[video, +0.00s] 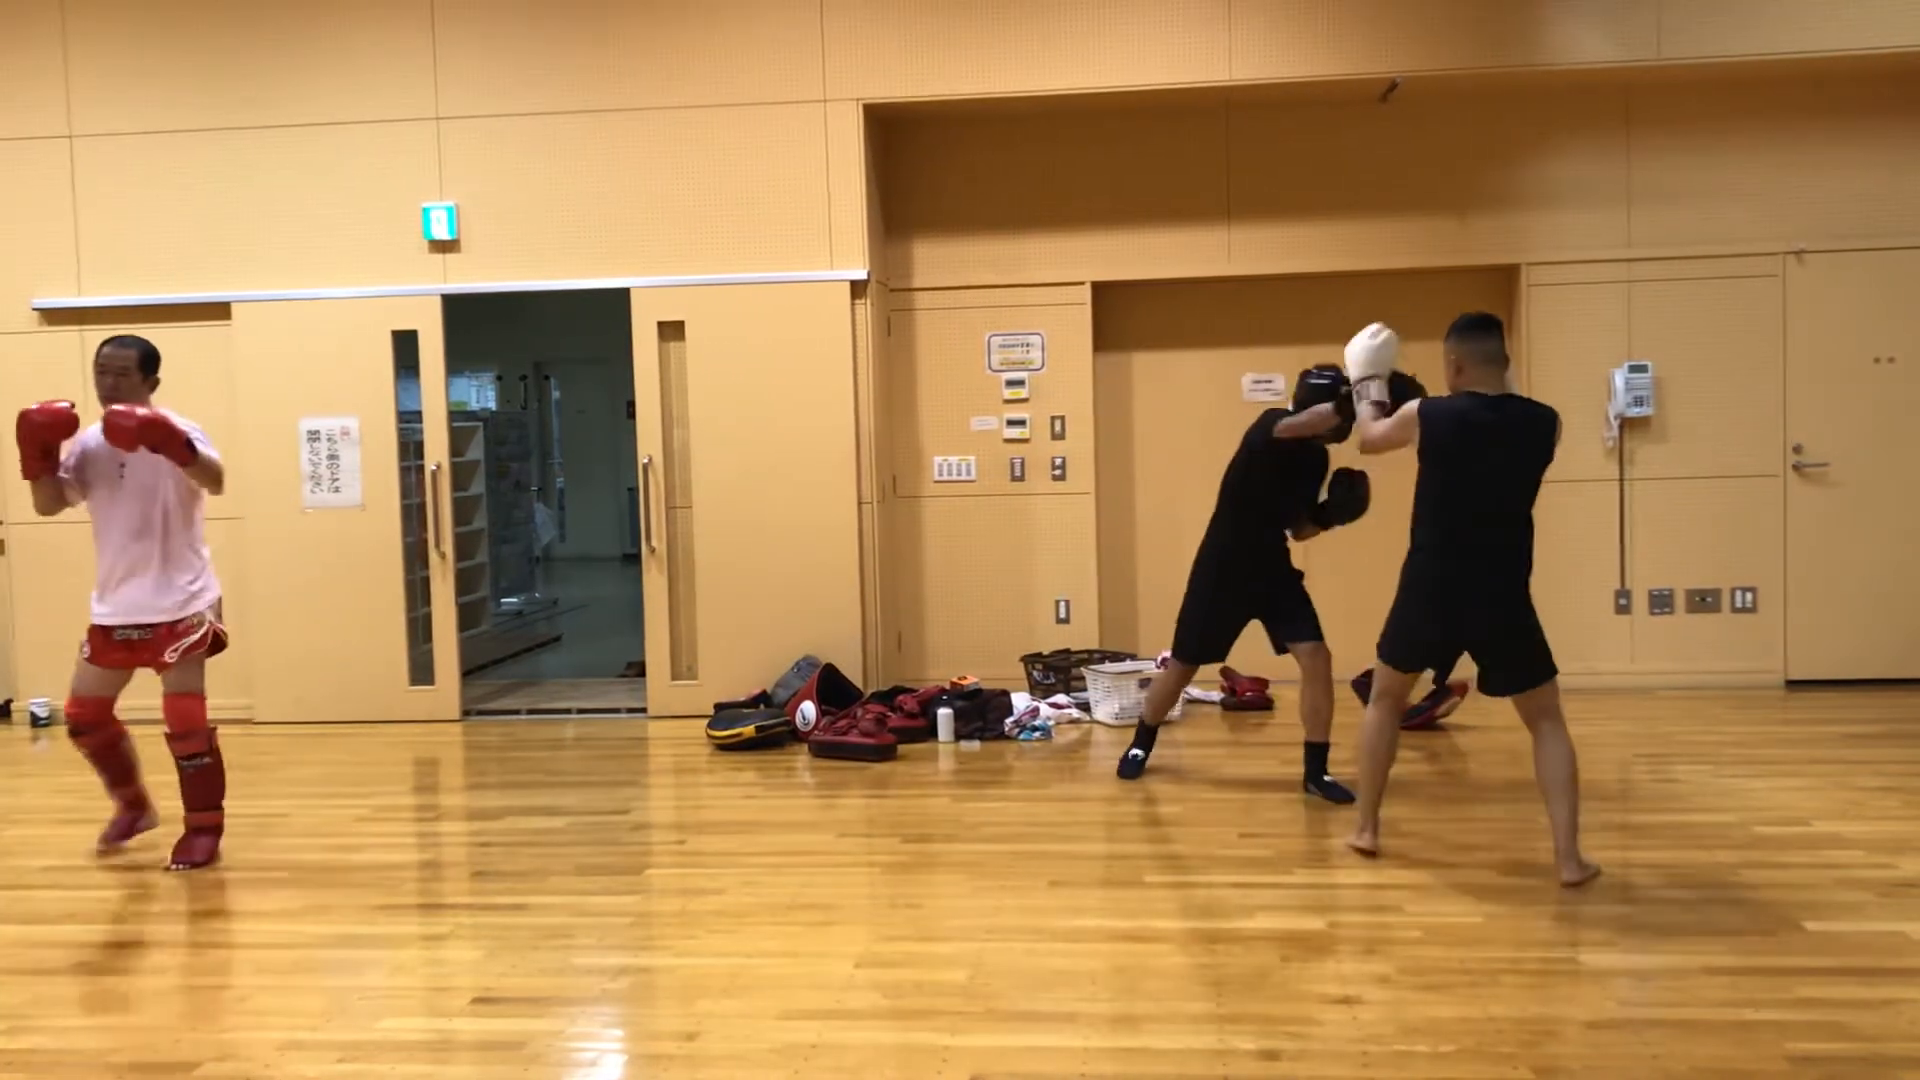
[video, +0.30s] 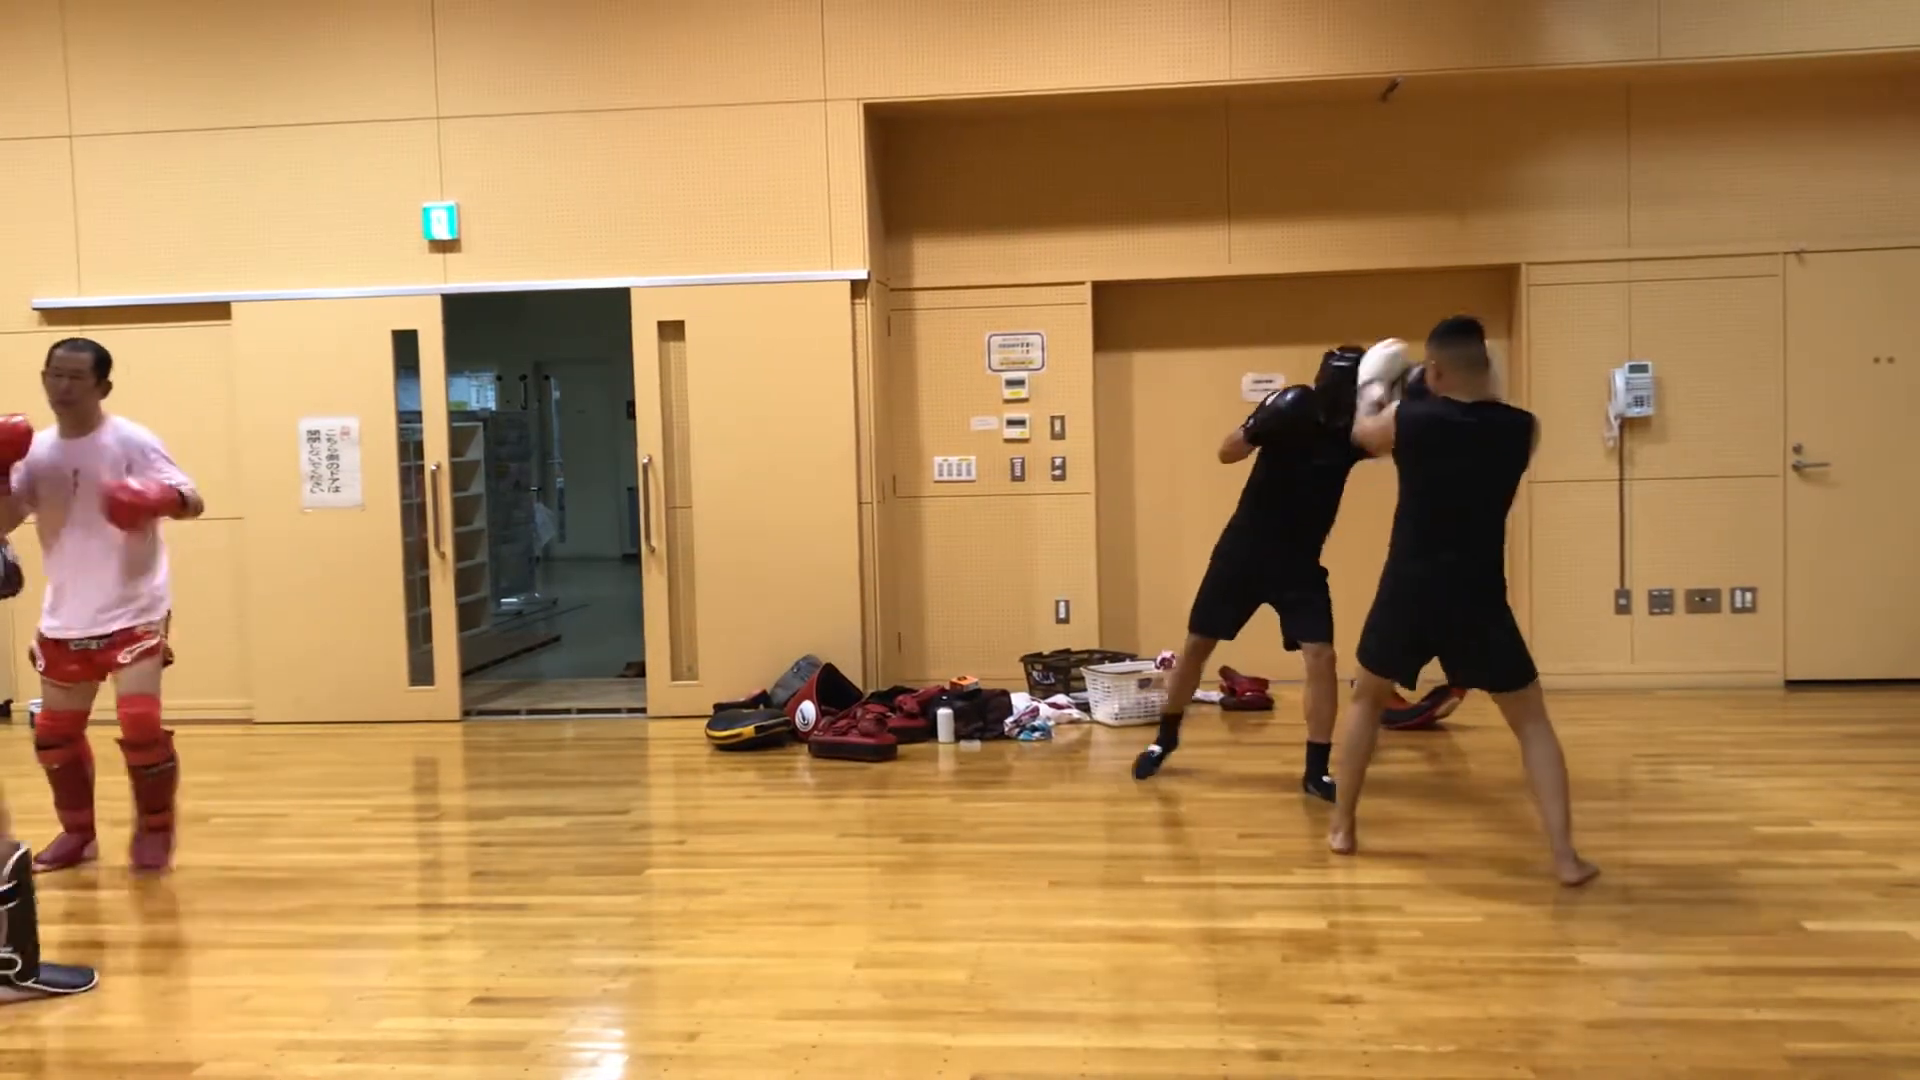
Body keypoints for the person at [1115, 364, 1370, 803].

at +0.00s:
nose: (1335, 419)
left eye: (1338, 412)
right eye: (1332, 410)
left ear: (1334, 417)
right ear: (1317, 405)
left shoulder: (1315, 458)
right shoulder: (1273, 423)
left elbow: (1301, 529)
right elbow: (1292, 428)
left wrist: (1336, 510)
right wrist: (1355, 401)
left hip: (1271, 565)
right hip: (1223, 562)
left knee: (1315, 657)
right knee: (1182, 665)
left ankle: (1316, 773)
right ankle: (1141, 745)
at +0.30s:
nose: (1339, 393)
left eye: (1349, 386)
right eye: (1334, 382)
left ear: (1362, 391)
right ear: (1321, 379)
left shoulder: (1356, 431)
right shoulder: (1289, 411)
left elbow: (1397, 444)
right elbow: (1228, 452)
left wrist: (1400, 399)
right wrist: (1265, 421)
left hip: (1299, 561)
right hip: (1243, 553)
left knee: (1322, 658)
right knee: (1197, 647)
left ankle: (1316, 773)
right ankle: (1165, 741)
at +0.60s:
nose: (1311, 390)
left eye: (1319, 380)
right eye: (1301, 380)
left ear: (1331, 378)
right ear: (1282, 378)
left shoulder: (1346, 424)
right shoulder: (1262, 418)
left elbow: (1366, 499)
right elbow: (1249, 485)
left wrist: (1344, 458)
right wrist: (1285, 450)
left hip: (1328, 551)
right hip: (1277, 551)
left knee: (1341, 654)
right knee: (1256, 656)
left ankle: (1327, 768)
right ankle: (1270, 745)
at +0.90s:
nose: (1333, 385)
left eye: (1340, 376)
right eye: (1323, 375)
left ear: (1348, 375)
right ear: (1301, 374)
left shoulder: (1359, 417)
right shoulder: (1280, 417)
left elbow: (1392, 480)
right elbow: (1262, 485)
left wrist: (1391, 422)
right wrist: (1279, 439)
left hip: (1349, 551)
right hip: (1295, 552)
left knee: (1380, 650)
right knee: (1263, 652)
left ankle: (1413, 761)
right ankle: (1270, 746)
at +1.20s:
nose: (1375, 406)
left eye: (1383, 398)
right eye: (1366, 397)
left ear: (1392, 398)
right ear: (1344, 393)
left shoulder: (1391, 431)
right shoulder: (1310, 429)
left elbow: (1436, 465)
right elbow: (1282, 497)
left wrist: (1425, 415)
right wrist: (1317, 476)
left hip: (1368, 562)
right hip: (1311, 563)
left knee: (1403, 647)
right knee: (1274, 664)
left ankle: (1411, 759)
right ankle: (1287, 724)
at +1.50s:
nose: (1339, 408)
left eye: (1345, 399)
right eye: (1329, 399)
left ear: (1352, 398)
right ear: (1307, 398)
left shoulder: (1361, 437)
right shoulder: (1280, 439)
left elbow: (1413, 479)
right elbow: (1258, 505)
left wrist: (1407, 439)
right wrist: (1296, 479)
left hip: (1347, 564)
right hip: (1294, 568)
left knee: (1388, 645)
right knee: (1279, 672)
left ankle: (1411, 755)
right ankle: (1301, 724)